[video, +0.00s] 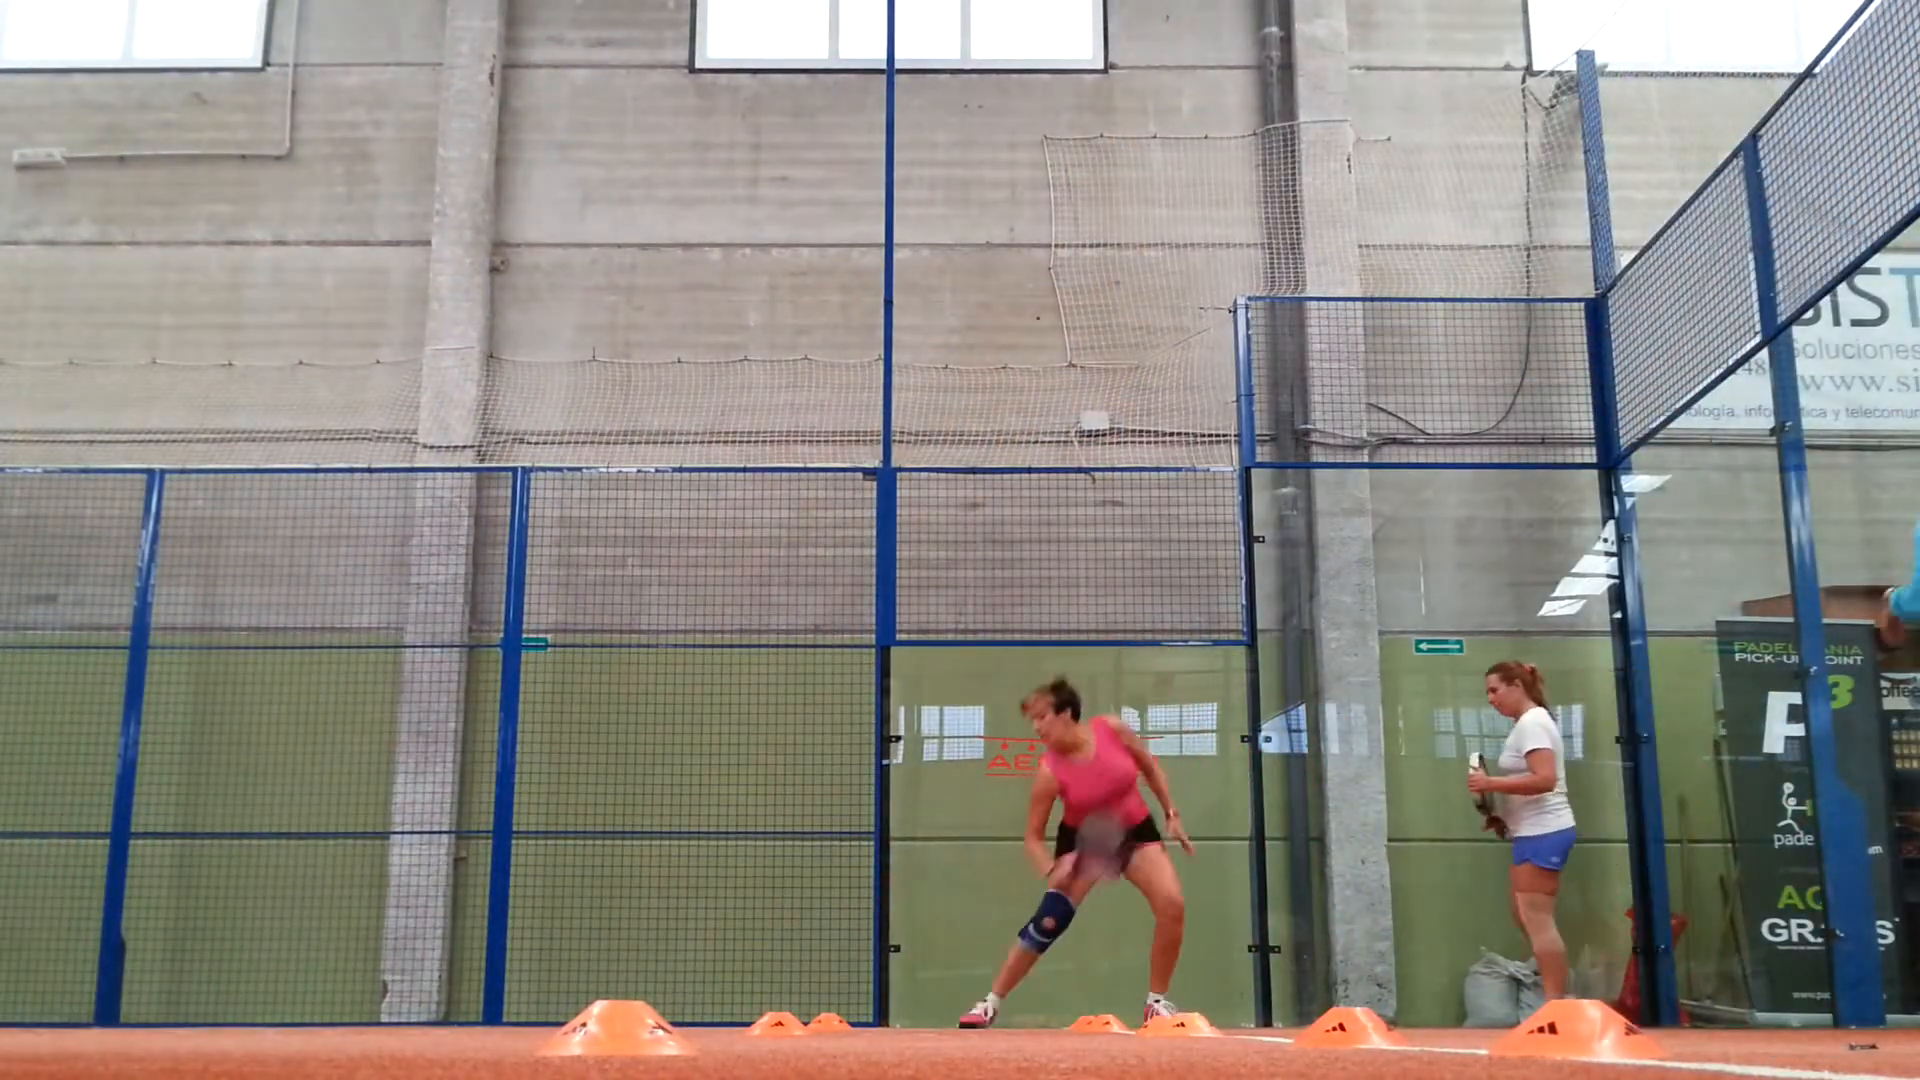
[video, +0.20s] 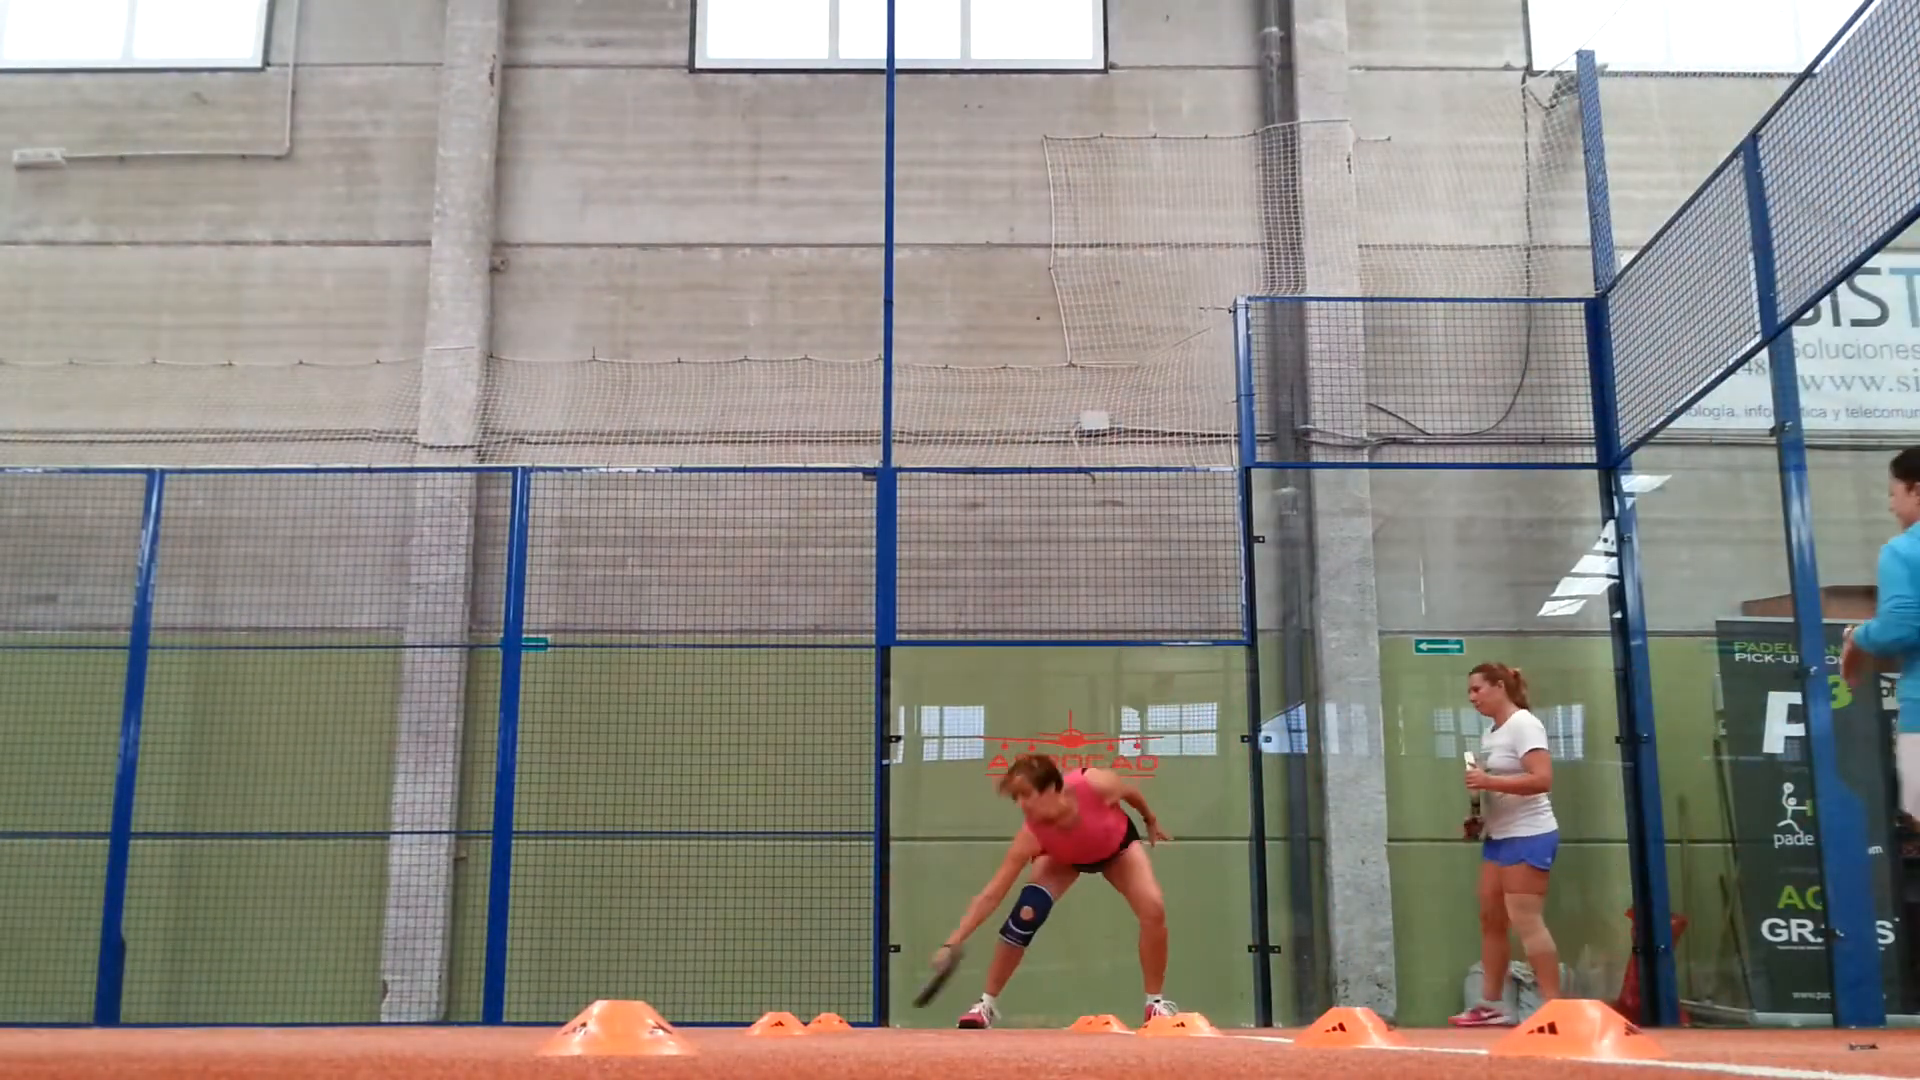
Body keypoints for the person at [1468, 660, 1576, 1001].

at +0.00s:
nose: (1490, 700)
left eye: (1494, 691)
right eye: (1488, 693)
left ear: (1517, 687)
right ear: (1514, 690)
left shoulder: (1535, 722)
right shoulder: (1527, 723)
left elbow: (1545, 779)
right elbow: (1538, 787)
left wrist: (1491, 783)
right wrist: (1505, 819)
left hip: (1544, 830)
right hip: (1533, 831)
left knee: (1537, 916)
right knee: (1525, 914)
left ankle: (1556, 1004)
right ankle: (1557, 998)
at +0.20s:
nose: (1472, 698)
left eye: (1476, 690)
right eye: (1470, 692)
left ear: (1500, 687)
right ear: (1486, 693)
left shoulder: (1524, 724)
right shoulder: (1494, 732)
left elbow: (1543, 779)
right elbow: (1504, 788)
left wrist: (1488, 781)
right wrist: (1482, 818)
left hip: (1529, 835)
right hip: (1500, 836)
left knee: (1526, 919)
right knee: (1492, 917)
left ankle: (1553, 1008)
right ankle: (1492, 1004)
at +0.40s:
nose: (1447, 700)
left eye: (1453, 692)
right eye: (1445, 695)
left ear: (1477, 691)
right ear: (1452, 700)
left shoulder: (1508, 729)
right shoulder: (1452, 742)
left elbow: (1538, 780)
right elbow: (1447, 790)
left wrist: (1500, 781)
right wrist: (1446, 821)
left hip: (1507, 838)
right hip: (1466, 840)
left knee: (1514, 921)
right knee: (1448, 922)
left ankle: (1552, 1006)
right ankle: (1440, 1005)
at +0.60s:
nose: (1416, 700)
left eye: (1423, 692)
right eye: (1413, 695)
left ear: (1445, 694)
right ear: (1415, 703)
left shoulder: (1480, 732)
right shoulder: (1413, 746)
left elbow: (1510, 785)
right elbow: (1400, 798)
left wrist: (1498, 781)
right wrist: (1413, 822)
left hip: (1482, 838)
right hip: (1436, 843)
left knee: (1501, 917)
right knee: (1430, 923)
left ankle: (1536, 1001)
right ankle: (1436, 1009)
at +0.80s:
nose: (1401, 698)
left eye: (1407, 691)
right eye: (1397, 695)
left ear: (1428, 695)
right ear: (1397, 705)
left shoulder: (1463, 730)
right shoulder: (1394, 749)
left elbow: (1494, 778)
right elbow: (1376, 799)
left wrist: (1476, 777)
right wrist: (1391, 825)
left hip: (1474, 836)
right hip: (1427, 842)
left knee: (1496, 917)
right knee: (1431, 924)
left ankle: (1523, 1002)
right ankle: (1436, 1008)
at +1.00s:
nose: (1406, 700)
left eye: (1412, 692)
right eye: (1401, 697)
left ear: (1433, 696)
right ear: (1401, 708)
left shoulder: (1466, 731)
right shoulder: (1399, 750)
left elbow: (1494, 783)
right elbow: (1384, 799)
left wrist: (1470, 772)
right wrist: (1394, 823)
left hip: (1477, 837)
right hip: (1430, 842)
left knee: (1496, 919)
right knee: (1435, 924)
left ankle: (1524, 999)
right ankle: (1437, 1008)